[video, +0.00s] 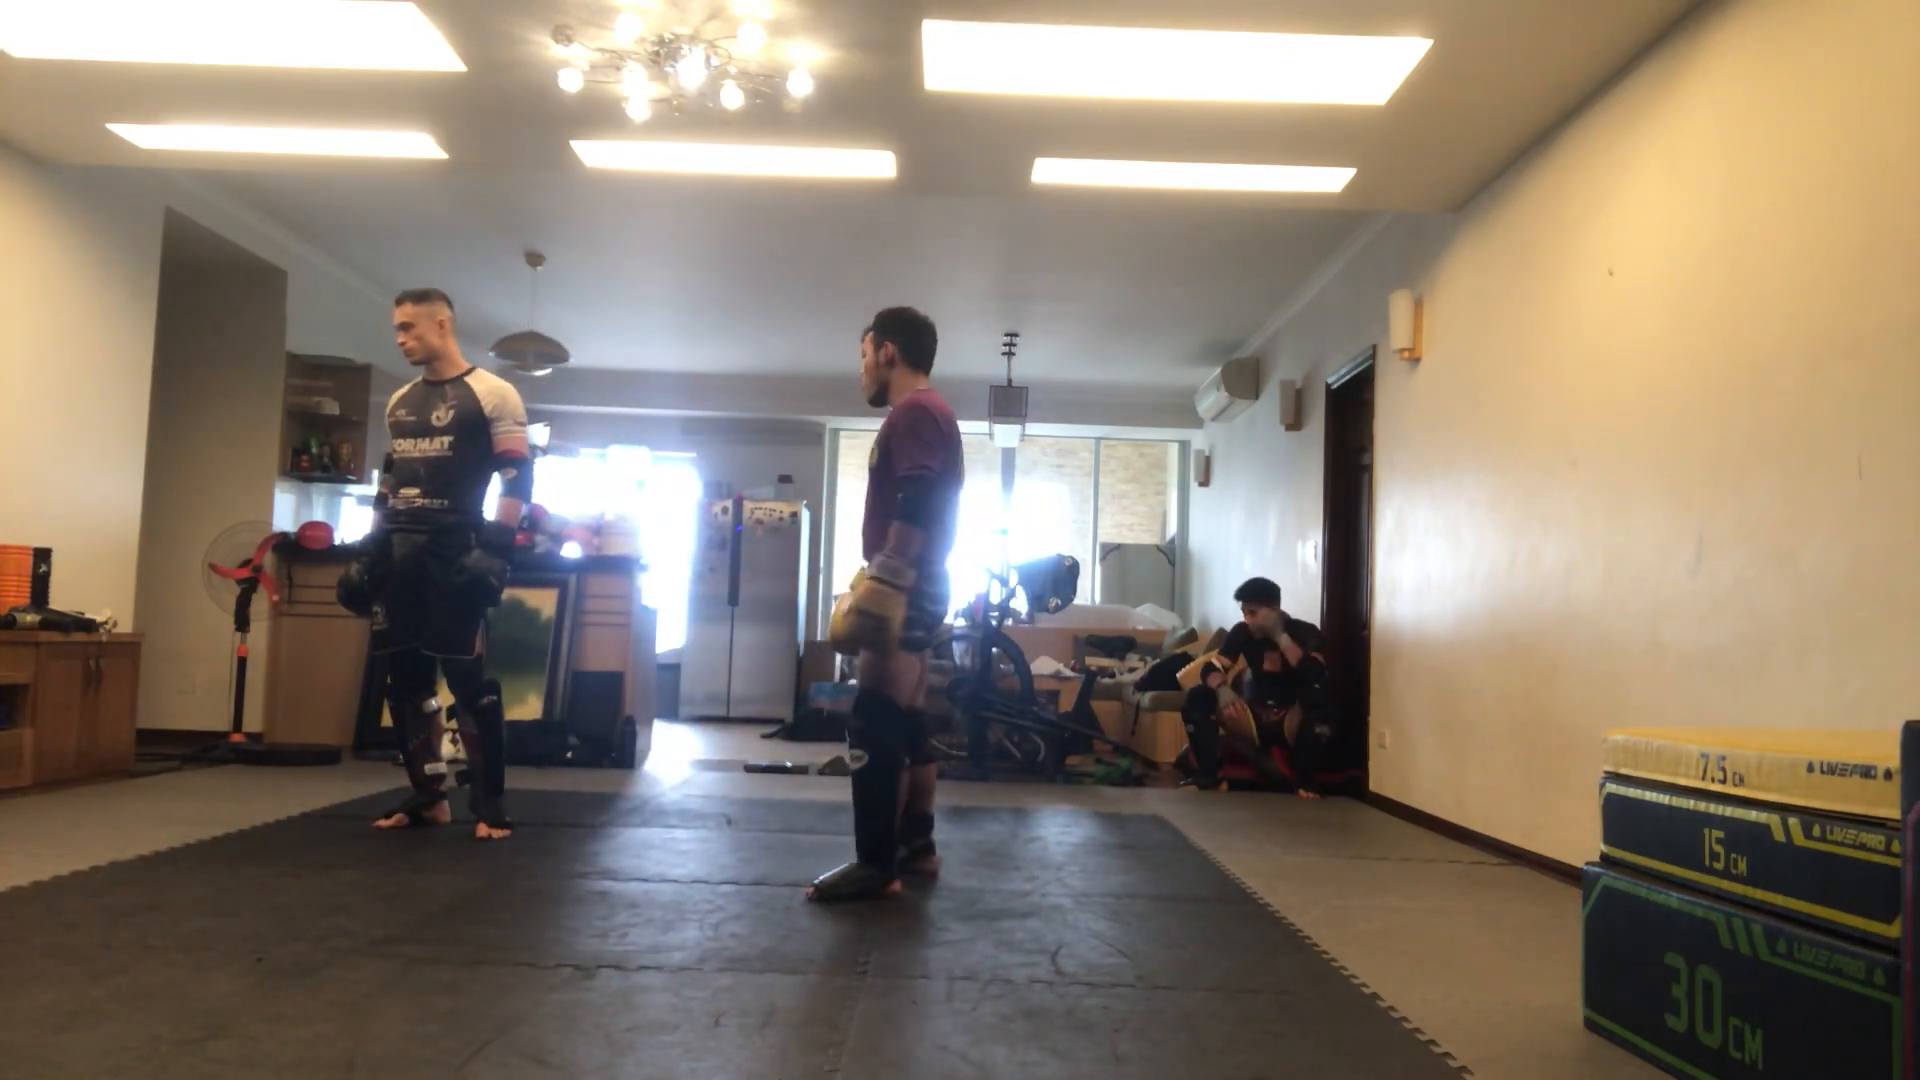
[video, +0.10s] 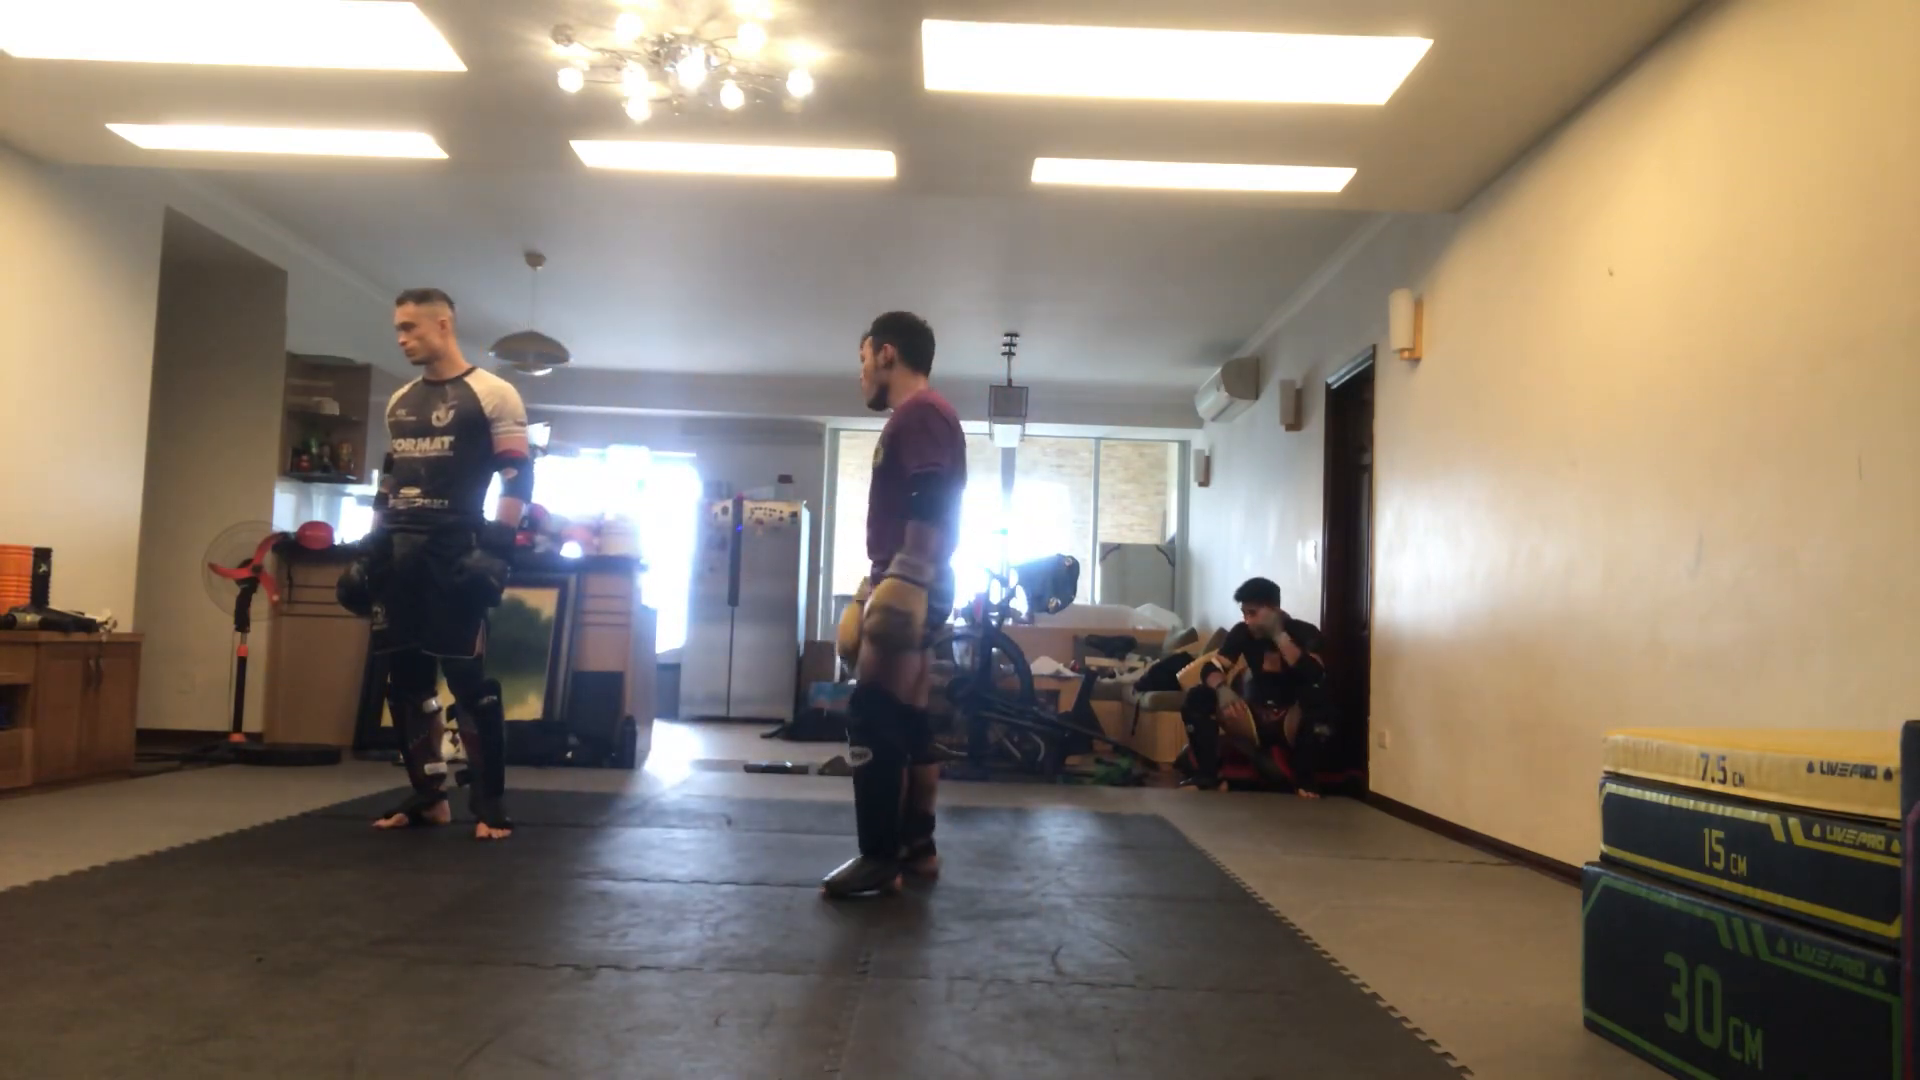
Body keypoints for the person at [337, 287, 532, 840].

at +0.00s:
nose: (401, 339)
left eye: (408, 328)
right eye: (397, 330)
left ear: (443, 323)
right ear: (402, 333)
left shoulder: (493, 393)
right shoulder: (401, 401)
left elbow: (515, 484)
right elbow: (391, 488)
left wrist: (494, 553)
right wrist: (371, 553)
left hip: (457, 554)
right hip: (401, 553)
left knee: (465, 677)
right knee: (407, 679)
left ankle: (490, 805)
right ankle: (429, 799)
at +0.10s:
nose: (402, 338)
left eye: (410, 327)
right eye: (398, 330)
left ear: (444, 323)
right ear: (402, 334)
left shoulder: (493, 393)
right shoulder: (401, 401)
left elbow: (515, 483)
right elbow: (391, 487)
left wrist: (494, 552)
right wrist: (371, 553)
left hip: (457, 553)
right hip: (401, 553)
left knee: (465, 677)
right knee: (408, 679)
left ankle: (490, 805)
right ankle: (429, 799)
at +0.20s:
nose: (403, 338)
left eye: (410, 327)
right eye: (399, 330)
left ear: (445, 324)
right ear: (402, 334)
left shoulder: (495, 394)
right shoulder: (401, 401)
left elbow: (516, 484)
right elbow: (391, 487)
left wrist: (496, 551)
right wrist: (372, 552)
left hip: (458, 554)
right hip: (402, 553)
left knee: (466, 677)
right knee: (408, 679)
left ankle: (490, 806)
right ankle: (429, 799)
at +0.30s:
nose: (403, 338)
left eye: (411, 327)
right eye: (400, 329)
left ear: (447, 324)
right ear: (402, 334)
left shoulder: (495, 394)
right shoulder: (401, 401)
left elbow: (516, 484)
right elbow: (390, 487)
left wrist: (497, 551)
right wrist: (373, 552)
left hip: (460, 554)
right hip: (403, 553)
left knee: (467, 677)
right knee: (410, 678)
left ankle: (490, 805)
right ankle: (429, 798)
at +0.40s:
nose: (404, 337)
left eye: (413, 326)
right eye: (400, 328)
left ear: (447, 325)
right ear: (403, 334)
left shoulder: (497, 394)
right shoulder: (400, 400)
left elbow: (518, 483)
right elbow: (389, 486)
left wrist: (500, 550)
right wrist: (373, 550)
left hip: (460, 552)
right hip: (403, 552)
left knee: (467, 674)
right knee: (410, 677)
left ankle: (490, 802)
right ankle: (429, 798)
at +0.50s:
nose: (406, 336)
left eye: (415, 325)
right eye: (402, 328)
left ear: (449, 323)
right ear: (404, 333)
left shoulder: (498, 394)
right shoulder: (400, 400)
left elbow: (519, 481)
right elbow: (389, 486)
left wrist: (503, 550)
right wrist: (373, 551)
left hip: (463, 552)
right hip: (405, 552)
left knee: (468, 674)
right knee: (412, 677)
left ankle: (489, 803)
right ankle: (429, 798)